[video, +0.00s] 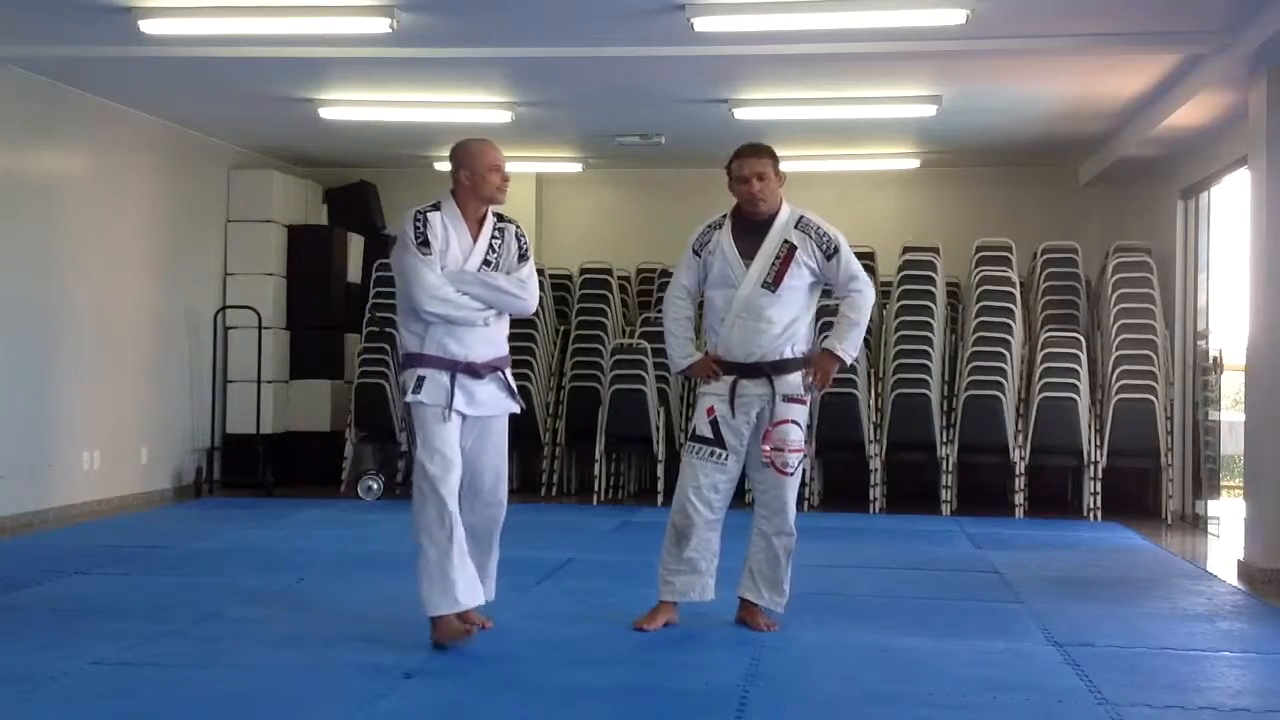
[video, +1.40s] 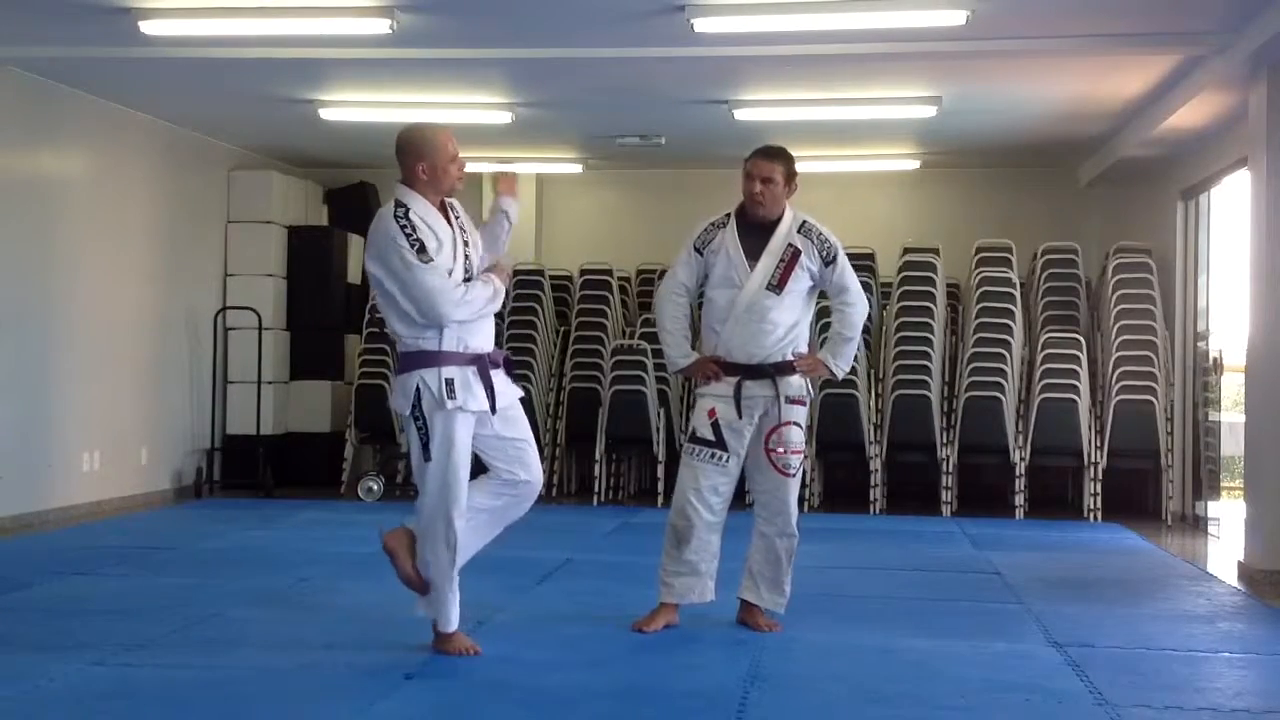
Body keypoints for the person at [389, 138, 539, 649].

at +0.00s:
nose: (506, 178)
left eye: (505, 170)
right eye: (495, 171)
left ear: (497, 177)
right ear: (462, 177)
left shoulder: (508, 232)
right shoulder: (424, 223)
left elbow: (529, 297)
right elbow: (426, 298)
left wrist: (453, 275)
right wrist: (493, 306)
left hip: (489, 376)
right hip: (433, 373)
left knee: (487, 491)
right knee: (440, 486)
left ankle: (468, 600)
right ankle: (443, 611)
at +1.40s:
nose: (463, 166)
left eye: (461, 158)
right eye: (455, 159)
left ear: (431, 168)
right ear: (424, 170)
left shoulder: (451, 213)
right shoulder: (395, 227)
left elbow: (483, 263)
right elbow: (439, 304)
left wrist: (505, 206)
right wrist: (495, 285)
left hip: (484, 372)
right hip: (434, 378)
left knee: (521, 479)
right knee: (444, 503)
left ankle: (418, 542)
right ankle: (447, 627)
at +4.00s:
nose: (491, 178)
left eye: (491, 168)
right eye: (486, 168)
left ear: (461, 169)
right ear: (454, 169)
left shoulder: (478, 224)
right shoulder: (407, 219)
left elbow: (515, 286)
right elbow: (446, 298)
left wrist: (458, 272)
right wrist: (492, 293)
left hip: (477, 378)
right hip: (426, 377)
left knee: (481, 500)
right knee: (415, 502)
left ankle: (455, 614)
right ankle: (364, 627)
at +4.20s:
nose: (512, 183)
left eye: (513, 174)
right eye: (507, 173)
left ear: (485, 174)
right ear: (476, 173)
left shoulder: (498, 226)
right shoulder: (426, 218)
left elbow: (533, 290)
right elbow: (458, 299)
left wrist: (473, 274)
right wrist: (504, 301)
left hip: (488, 377)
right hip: (438, 373)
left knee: (486, 496)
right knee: (436, 492)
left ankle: (454, 613)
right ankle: (412, 625)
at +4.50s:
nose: (534, 189)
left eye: (535, 180)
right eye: (529, 179)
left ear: (504, 175)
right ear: (500, 174)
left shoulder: (509, 231)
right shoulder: (445, 217)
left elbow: (542, 300)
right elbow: (481, 297)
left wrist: (494, 273)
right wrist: (523, 298)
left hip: (496, 387)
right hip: (448, 385)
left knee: (491, 504)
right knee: (448, 506)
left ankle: (464, 615)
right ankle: (438, 632)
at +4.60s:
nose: (536, 192)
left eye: (538, 182)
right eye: (532, 181)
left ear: (507, 176)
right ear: (503, 175)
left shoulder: (510, 231)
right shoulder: (448, 217)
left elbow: (541, 303)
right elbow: (483, 299)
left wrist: (507, 276)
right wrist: (522, 299)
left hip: (499, 387)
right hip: (452, 385)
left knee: (495, 506)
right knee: (450, 507)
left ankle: (465, 616)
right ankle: (438, 632)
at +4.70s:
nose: (537, 191)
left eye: (539, 181)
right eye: (534, 180)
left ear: (509, 174)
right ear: (505, 174)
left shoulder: (512, 232)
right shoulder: (452, 215)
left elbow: (549, 305)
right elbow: (483, 299)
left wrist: (541, 289)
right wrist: (526, 308)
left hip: (499, 388)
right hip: (454, 386)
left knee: (497, 507)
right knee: (453, 508)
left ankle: (466, 617)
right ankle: (439, 633)